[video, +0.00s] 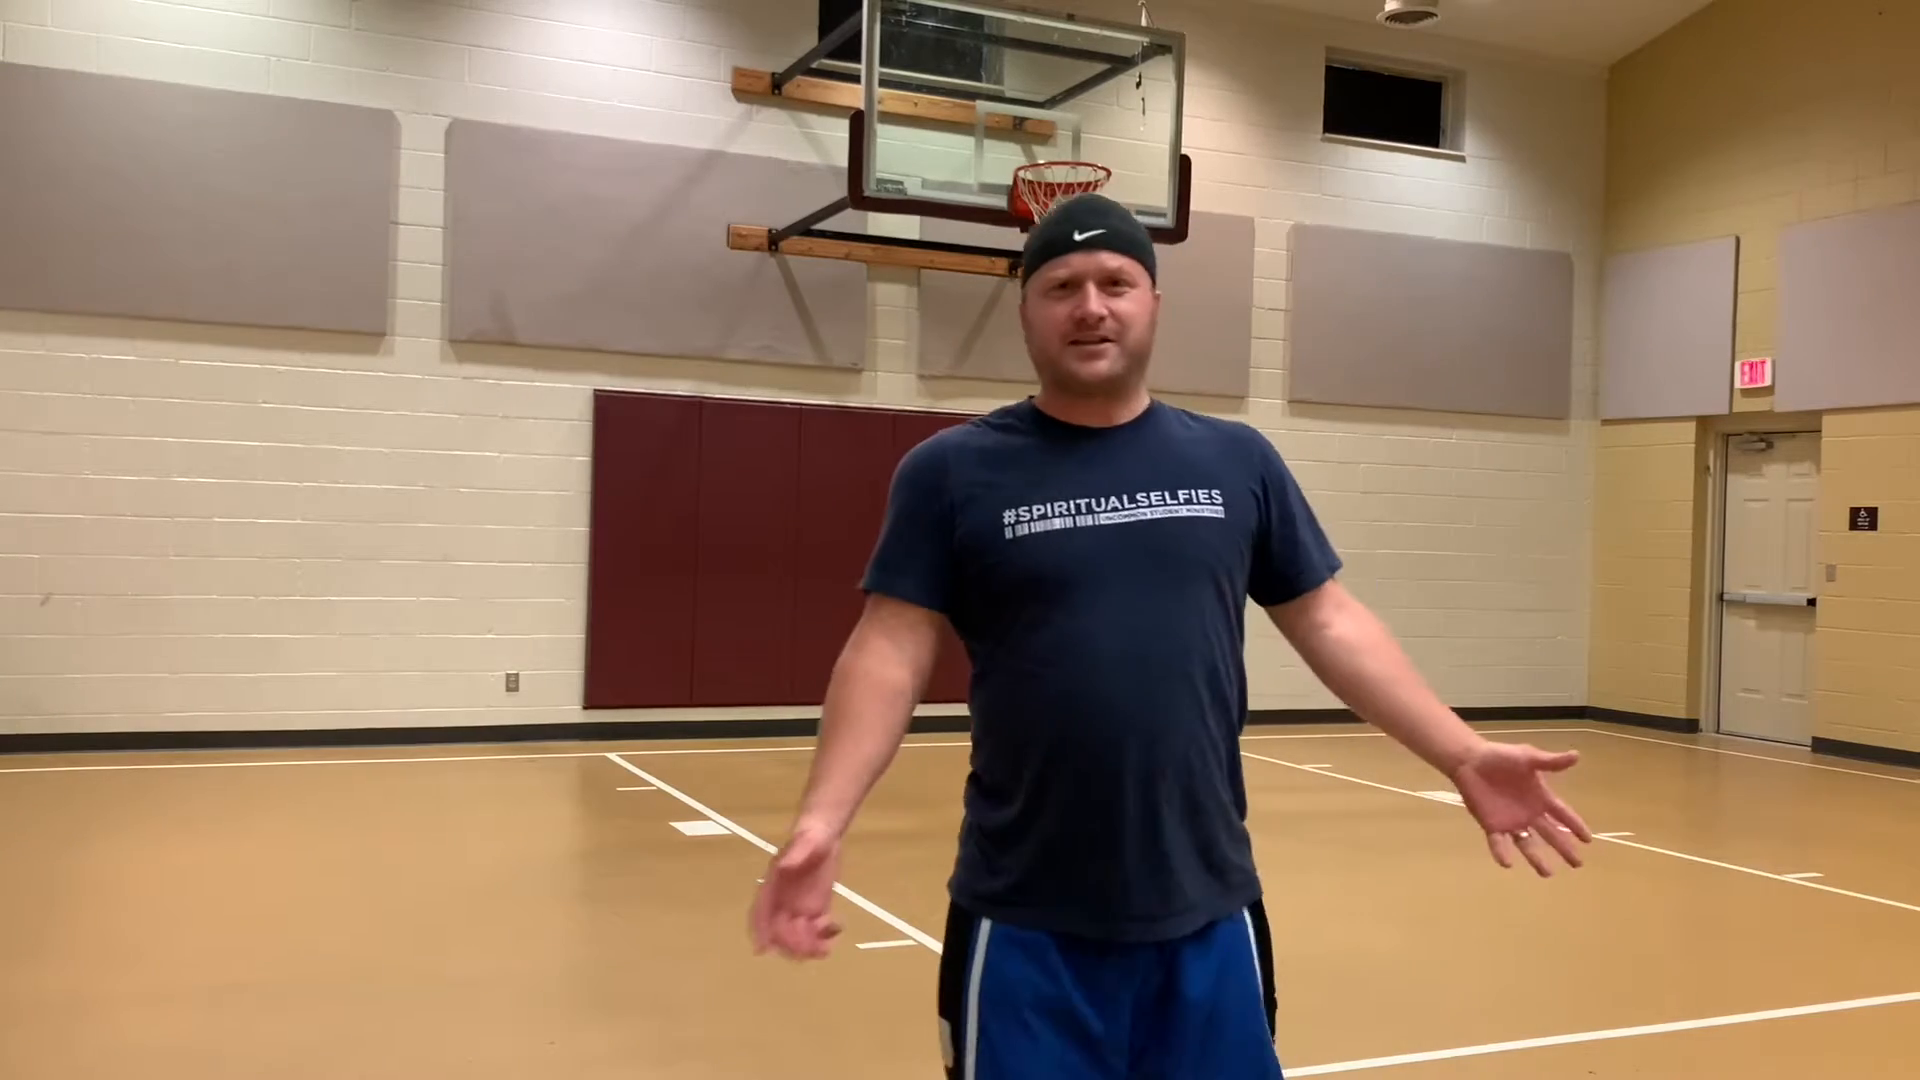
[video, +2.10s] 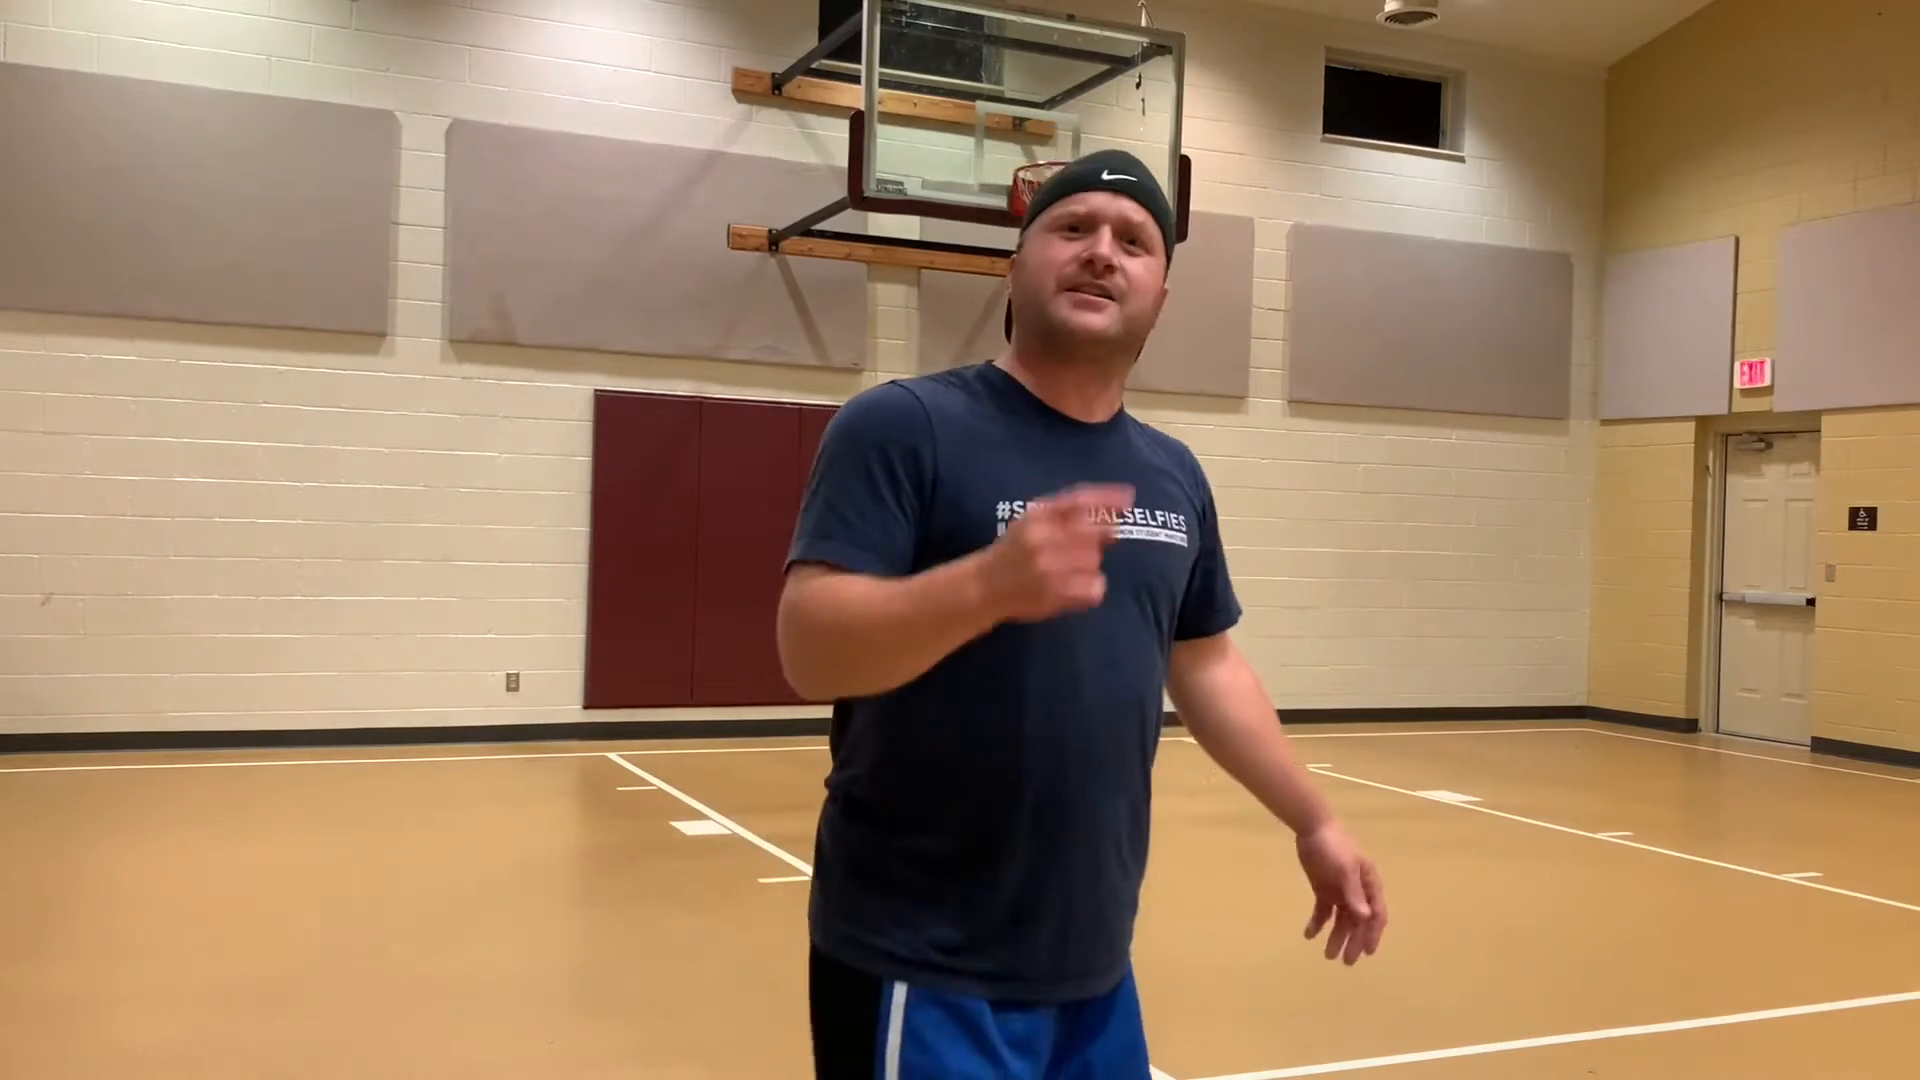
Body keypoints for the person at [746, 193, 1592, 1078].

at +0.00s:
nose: (1093, 305)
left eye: (1117, 283)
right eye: (1063, 286)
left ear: (1155, 305)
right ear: (1024, 315)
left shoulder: (1237, 461)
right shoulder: (953, 472)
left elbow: (1332, 621)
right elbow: (889, 649)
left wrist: (1463, 753)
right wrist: (823, 819)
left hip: (1207, 916)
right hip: (1026, 920)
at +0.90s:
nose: (1164, 260)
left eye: (1197, 242)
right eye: (1132, 232)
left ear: (1233, 293)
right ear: (1068, 270)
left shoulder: (1255, 490)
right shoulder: (936, 450)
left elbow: (1308, 691)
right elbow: (823, 666)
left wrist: (1449, 843)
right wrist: (710, 902)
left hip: (1165, 1011)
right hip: (950, 1012)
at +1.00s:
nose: (1125, 260)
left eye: (1159, 239)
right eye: (1093, 230)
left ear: (1197, 288)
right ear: (1031, 259)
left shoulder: (1221, 482)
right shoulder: (899, 453)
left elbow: (1257, 682)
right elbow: (794, 689)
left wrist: (1378, 843)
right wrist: (734, 952)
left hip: (1129, 1008)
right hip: (919, 1014)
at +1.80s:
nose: (1054, 261)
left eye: (1090, 241)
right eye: (1023, 229)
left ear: (1128, 288)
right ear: (967, 264)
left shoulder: (1140, 476)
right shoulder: (847, 454)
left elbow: (1165, 677)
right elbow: (751, 692)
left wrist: (1262, 845)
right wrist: (742, 956)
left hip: (1056, 1003)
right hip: (865, 1011)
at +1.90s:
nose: (1069, 259)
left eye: (1105, 242)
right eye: (1041, 231)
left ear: (1142, 291)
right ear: (986, 265)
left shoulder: (1160, 482)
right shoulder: (869, 447)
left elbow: (1189, 678)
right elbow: (782, 662)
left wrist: (1284, 849)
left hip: (1073, 993)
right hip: (886, 997)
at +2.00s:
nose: (1093, 255)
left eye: (1126, 243)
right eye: (1065, 229)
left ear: (1159, 294)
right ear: (1007, 261)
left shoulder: (1172, 482)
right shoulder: (888, 435)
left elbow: (1208, 669)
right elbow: (794, 654)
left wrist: (1308, 840)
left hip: (1087, 981)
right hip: (901, 983)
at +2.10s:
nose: (1100, 251)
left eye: (1132, 239)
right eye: (1071, 228)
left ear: (1162, 295)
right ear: (1015, 260)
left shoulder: (1172, 476)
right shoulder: (899, 427)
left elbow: (1205, 661)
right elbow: (811, 651)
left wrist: (1313, 820)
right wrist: (986, 586)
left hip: (1091, 958)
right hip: (916, 963)